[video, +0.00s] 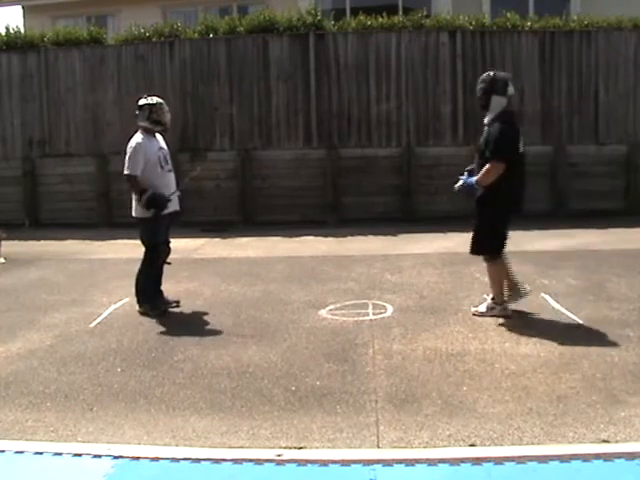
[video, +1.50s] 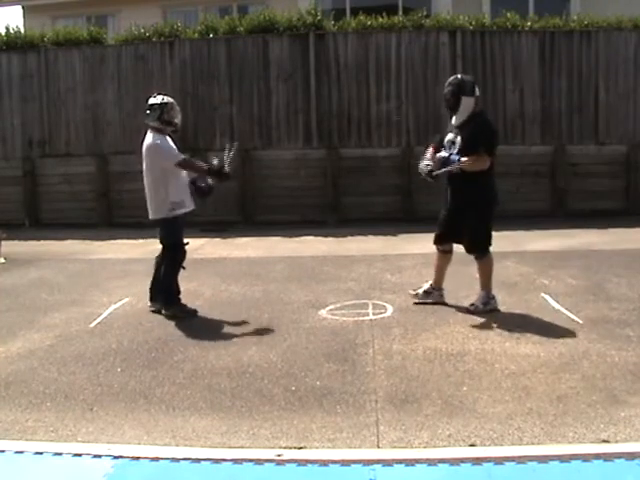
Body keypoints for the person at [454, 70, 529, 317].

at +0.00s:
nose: (479, 97)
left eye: (482, 92)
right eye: (480, 92)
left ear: (492, 95)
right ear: (500, 96)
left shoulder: (502, 125)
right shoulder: (496, 122)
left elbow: (498, 164)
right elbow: (490, 157)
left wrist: (476, 183)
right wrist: (474, 171)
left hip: (499, 196)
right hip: (497, 195)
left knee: (489, 247)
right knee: (492, 244)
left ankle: (497, 300)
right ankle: (511, 286)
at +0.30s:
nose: (456, 99)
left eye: (461, 94)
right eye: (457, 94)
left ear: (473, 97)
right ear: (473, 98)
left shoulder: (487, 125)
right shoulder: (471, 123)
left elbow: (486, 162)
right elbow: (470, 158)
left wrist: (469, 189)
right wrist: (458, 178)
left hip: (487, 196)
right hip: (474, 194)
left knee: (483, 249)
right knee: (462, 243)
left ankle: (497, 300)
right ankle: (454, 289)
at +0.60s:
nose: (435, 105)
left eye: (438, 100)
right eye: (434, 100)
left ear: (451, 99)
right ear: (446, 99)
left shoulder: (470, 121)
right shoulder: (449, 125)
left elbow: (483, 151)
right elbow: (451, 164)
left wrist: (469, 179)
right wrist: (434, 178)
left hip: (473, 193)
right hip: (455, 192)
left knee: (466, 244)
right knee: (451, 242)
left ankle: (490, 293)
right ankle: (451, 290)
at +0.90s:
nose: (436, 104)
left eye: (440, 99)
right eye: (436, 99)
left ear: (452, 98)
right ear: (445, 99)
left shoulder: (468, 122)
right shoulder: (447, 125)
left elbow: (479, 152)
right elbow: (445, 160)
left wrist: (454, 172)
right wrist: (427, 172)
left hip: (470, 195)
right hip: (452, 195)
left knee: (472, 246)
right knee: (452, 244)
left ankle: (485, 294)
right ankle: (451, 290)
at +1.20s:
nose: (448, 103)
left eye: (452, 97)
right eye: (447, 98)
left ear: (466, 99)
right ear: (457, 99)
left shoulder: (480, 125)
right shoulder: (457, 124)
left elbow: (484, 162)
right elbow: (450, 155)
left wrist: (454, 162)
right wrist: (433, 169)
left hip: (479, 200)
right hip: (459, 198)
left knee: (479, 246)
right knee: (448, 240)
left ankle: (486, 295)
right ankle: (450, 289)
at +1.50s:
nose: (447, 101)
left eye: (452, 96)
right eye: (447, 96)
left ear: (467, 98)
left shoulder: (481, 124)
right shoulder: (456, 123)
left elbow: (484, 161)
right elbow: (448, 151)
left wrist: (451, 165)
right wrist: (433, 157)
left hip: (478, 200)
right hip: (457, 197)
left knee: (479, 247)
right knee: (444, 241)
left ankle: (486, 295)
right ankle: (436, 287)